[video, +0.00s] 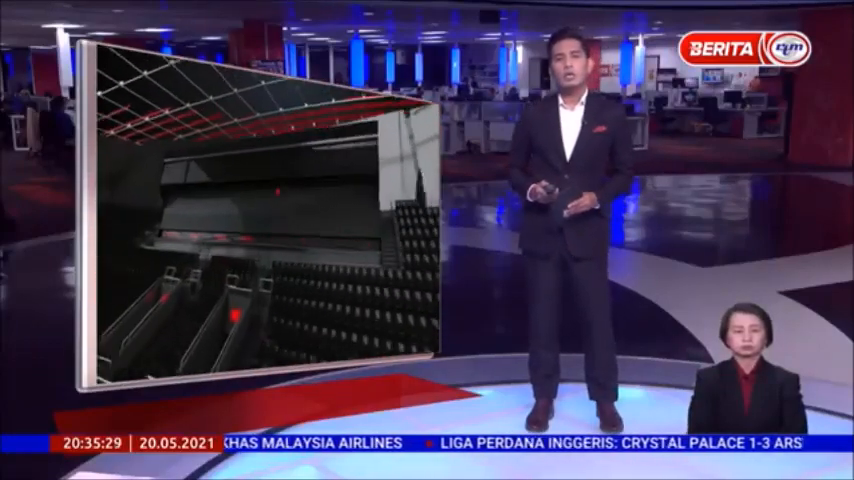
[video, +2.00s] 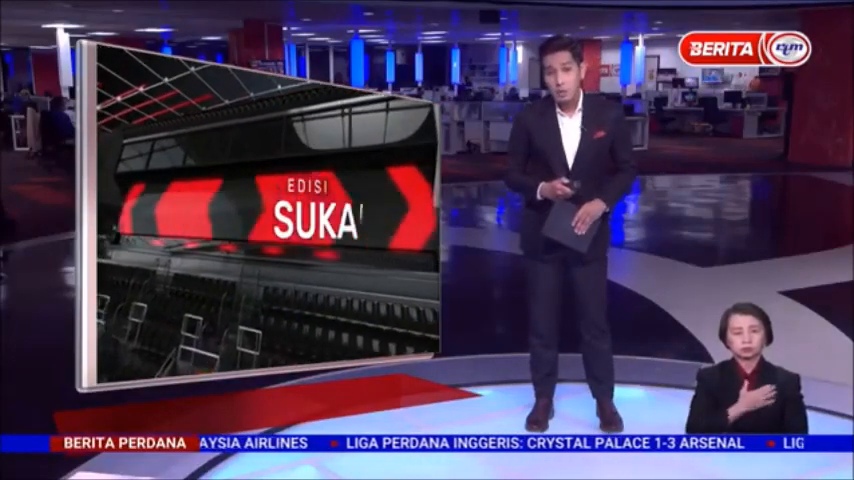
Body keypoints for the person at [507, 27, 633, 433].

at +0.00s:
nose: (567, 65)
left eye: (575, 57)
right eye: (559, 58)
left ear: (590, 63)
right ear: (551, 66)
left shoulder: (611, 112)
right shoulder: (534, 112)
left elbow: (625, 173)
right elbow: (515, 166)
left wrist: (598, 197)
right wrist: (529, 187)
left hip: (588, 232)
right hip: (541, 232)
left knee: (596, 317)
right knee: (543, 317)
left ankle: (605, 400)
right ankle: (543, 398)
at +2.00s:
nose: (558, 79)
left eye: (565, 69)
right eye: (550, 72)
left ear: (581, 71)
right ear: (543, 77)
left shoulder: (607, 112)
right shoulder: (529, 117)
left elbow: (626, 169)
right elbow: (512, 173)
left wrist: (601, 202)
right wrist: (540, 188)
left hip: (590, 231)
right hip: (542, 232)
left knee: (594, 320)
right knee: (543, 322)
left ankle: (605, 400)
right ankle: (542, 400)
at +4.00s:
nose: (564, 72)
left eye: (572, 63)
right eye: (557, 64)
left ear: (586, 69)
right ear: (548, 72)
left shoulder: (608, 112)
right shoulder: (531, 115)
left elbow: (626, 170)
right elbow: (513, 170)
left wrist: (601, 201)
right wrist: (537, 185)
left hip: (590, 232)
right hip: (542, 233)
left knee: (593, 321)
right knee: (543, 322)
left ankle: (605, 400)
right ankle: (542, 400)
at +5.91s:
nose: (561, 76)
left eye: (569, 68)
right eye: (554, 68)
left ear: (583, 72)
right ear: (545, 73)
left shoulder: (606, 112)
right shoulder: (528, 116)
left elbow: (623, 170)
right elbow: (512, 172)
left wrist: (602, 199)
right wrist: (531, 187)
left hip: (589, 231)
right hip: (541, 232)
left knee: (593, 321)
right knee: (543, 322)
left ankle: (605, 401)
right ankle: (542, 401)